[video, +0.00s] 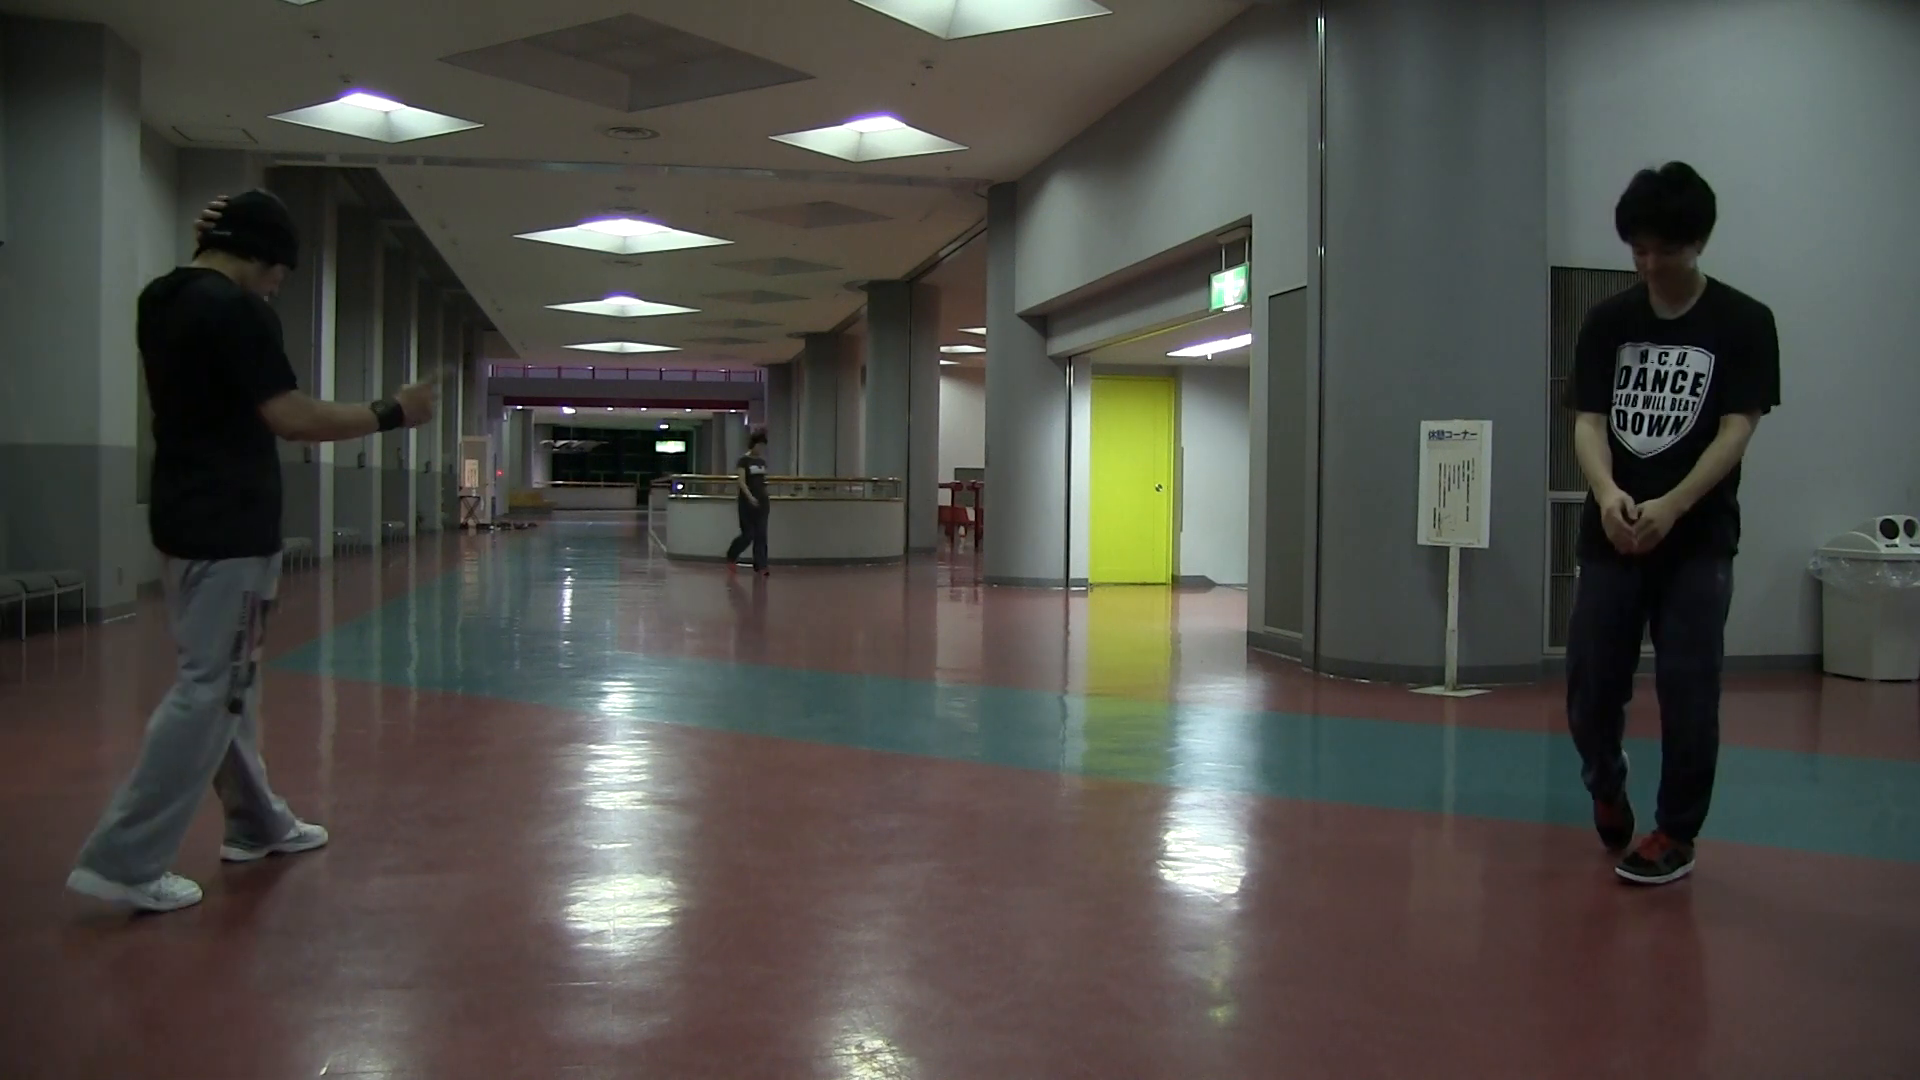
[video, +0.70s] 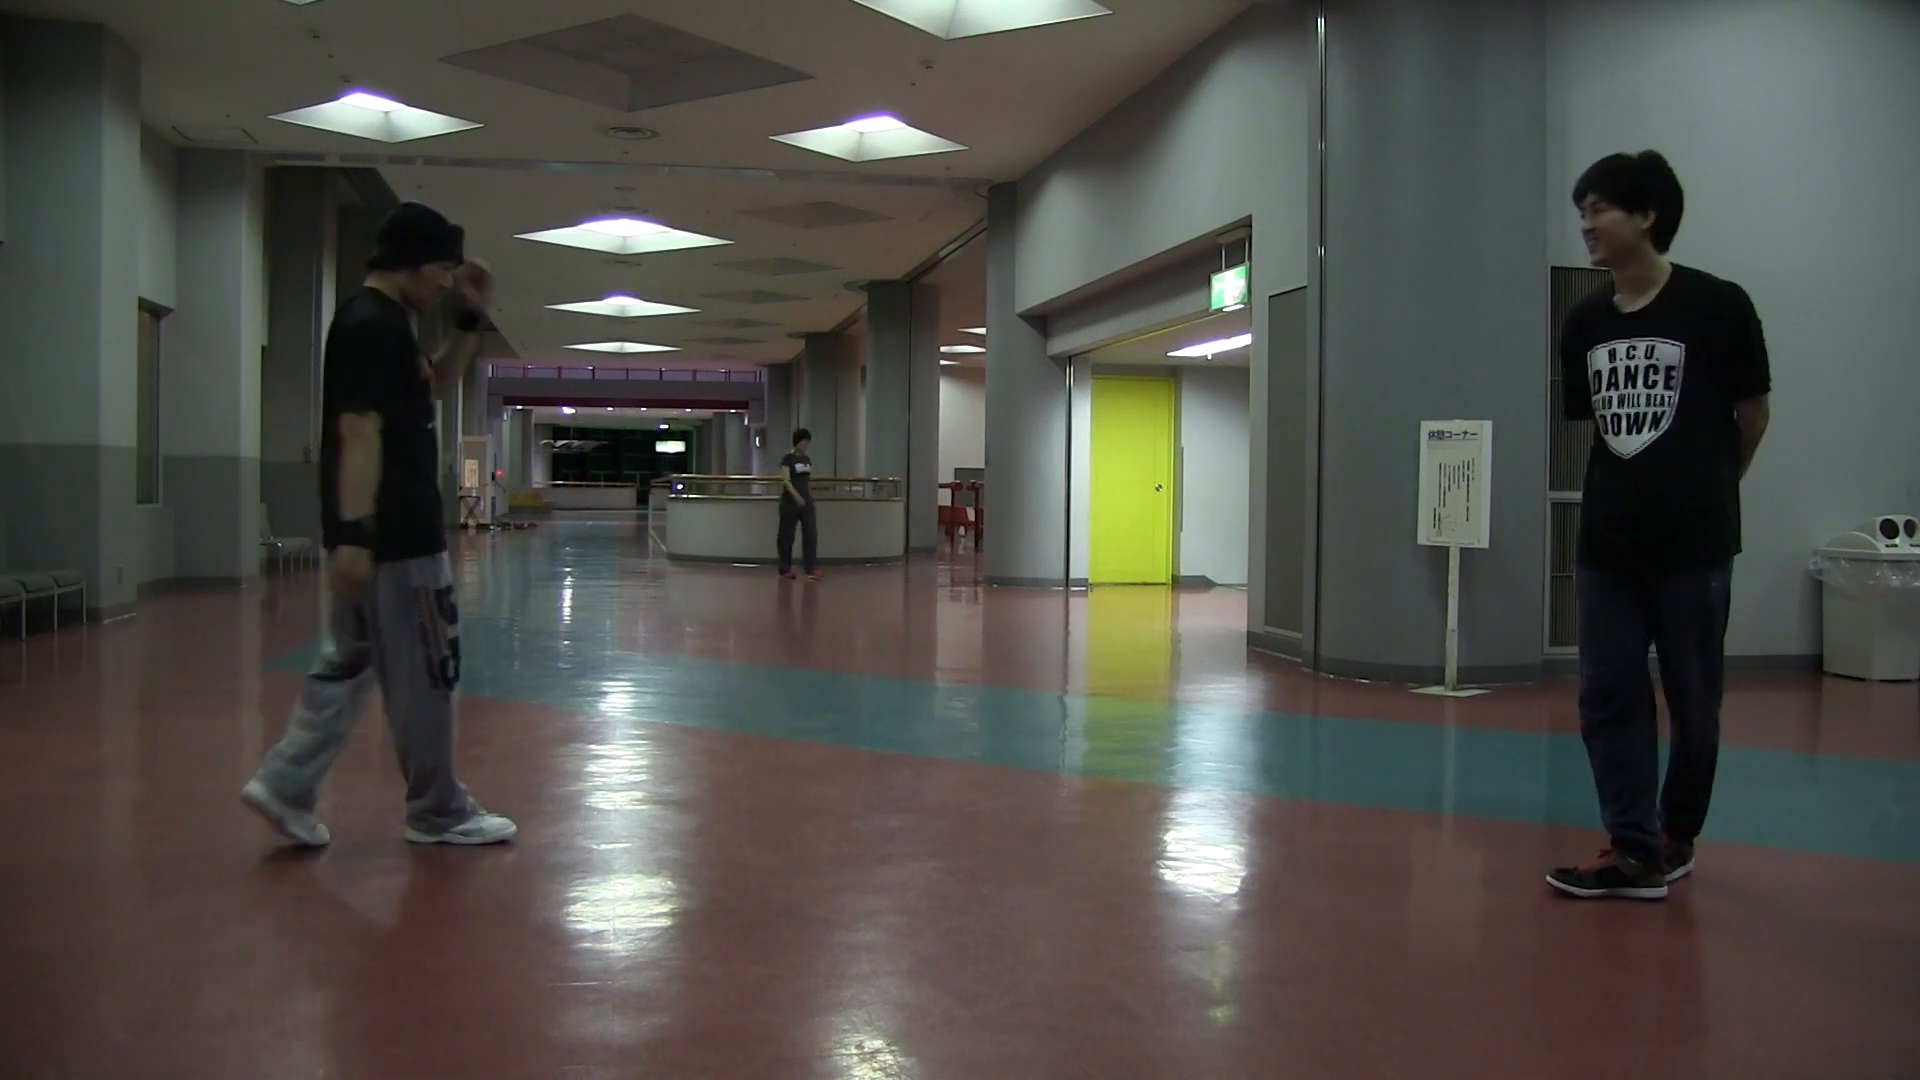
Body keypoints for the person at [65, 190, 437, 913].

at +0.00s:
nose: (276, 288)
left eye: (280, 274)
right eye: (278, 272)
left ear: (212, 244)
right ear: (257, 258)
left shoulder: (160, 300)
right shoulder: (240, 313)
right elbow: (290, 416)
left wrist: (212, 242)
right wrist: (390, 413)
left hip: (184, 522)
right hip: (236, 528)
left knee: (223, 682)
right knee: (207, 691)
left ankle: (257, 824)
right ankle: (119, 862)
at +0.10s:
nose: (299, 282)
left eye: (304, 268)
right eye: (300, 266)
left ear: (236, 240)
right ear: (272, 251)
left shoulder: (191, 298)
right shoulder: (246, 305)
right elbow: (285, 409)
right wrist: (394, 438)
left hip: (206, 521)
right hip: (254, 527)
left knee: (234, 673)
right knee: (271, 675)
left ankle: (253, 821)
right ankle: (150, 823)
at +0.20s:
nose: (322, 276)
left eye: (326, 264)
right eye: (319, 261)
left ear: (261, 245)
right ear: (287, 251)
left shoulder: (222, 299)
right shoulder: (261, 304)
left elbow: (248, 401)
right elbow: (284, 411)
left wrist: (300, 322)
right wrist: (370, 479)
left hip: (227, 517)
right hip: (275, 522)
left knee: (241, 664)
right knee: (325, 664)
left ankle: (257, 816)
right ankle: (207, 794)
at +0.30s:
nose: (344, 280)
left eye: (347, 269)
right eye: (341, 265)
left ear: (288, 251)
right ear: (310, 254)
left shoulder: (258, 300)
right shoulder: (278, 305)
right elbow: (282, 413)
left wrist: (323, 272)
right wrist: (320, 512)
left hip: (250, 520)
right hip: (292, 520)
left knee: (257, 666)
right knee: (358, 659)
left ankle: (246, 820)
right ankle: (284, 808)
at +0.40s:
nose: (372, 282)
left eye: (375, 271)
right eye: (370, 268)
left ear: (319, 255)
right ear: (340, 258)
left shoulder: (299, 307)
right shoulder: (301, 311)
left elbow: (383, 324)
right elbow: (286, 416)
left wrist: (356, 273)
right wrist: (277, 513)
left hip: (285, 528)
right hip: (326, 528)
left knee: (271, 679)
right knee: (379, 668)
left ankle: (254, 824)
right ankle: (376, 819)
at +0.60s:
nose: (425, 295)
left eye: (428, 284)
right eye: (421, 281)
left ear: (381, 268)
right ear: (387, 270)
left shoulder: (368, 323)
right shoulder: (341, 322)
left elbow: (436, 359)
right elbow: (316, 424)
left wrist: (425, 288)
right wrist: (298, 525)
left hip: (347, 534)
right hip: (370, 538)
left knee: (302, 684)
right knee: (404, 684)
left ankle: (259, 816)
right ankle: (438, 810)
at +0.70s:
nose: (449, 283)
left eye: (451, 272)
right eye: (444, 271)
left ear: (396, 261)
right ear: (413, 265)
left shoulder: (380, 320)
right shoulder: (374, 324)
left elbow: (430, 385)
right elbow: (358, 434)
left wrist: (472, 321)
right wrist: (354, 535)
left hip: (374, 531)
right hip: (402, 535)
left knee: (349, 664)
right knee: (423, 669)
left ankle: (286, 784)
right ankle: (437, 808)